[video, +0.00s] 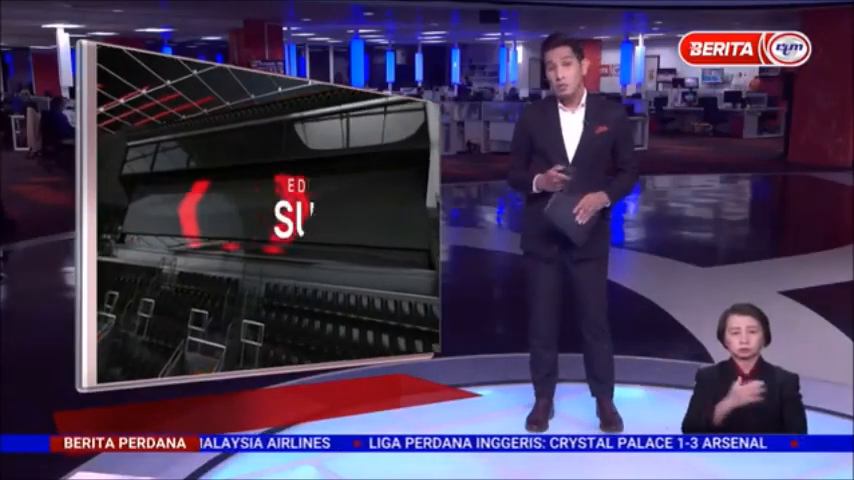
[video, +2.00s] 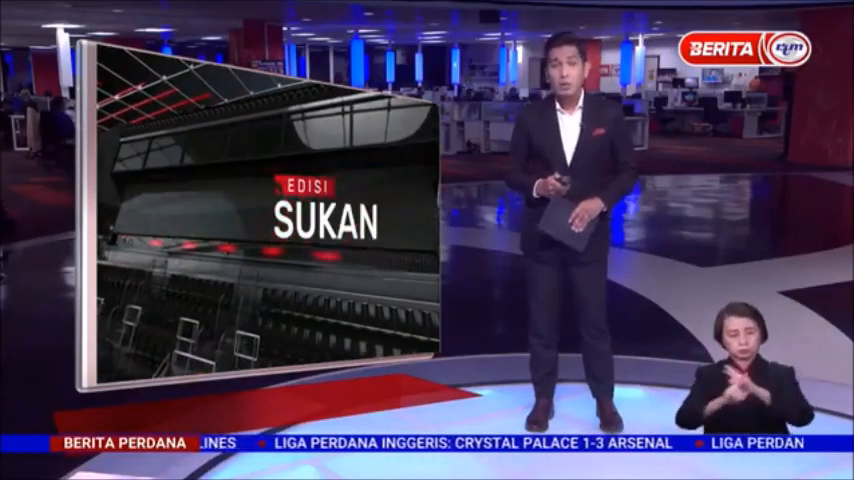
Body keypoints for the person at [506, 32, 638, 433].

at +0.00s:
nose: (558, 73)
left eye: (566, 64)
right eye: (551, 67)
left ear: (583, 66)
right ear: (545, 74)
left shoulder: (610, 111)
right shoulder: (532, 114)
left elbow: (628, 171)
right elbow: (515, 174)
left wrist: (604, 196)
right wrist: (538, 180)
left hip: (590, 231)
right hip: (542, 233)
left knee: (594, 319)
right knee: (542, 319)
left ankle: (605, 400)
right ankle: (542, 398)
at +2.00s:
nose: (563, 71)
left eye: (570, 63)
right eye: (555, 64)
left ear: (585, 68)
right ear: (546, 72)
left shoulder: (608, 112)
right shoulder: (530, 115)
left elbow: (627, 171)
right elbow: (513, 172)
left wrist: (600, 201)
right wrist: (536, 186)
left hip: (590, 231)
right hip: (542, 231)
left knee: (593, 321)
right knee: (543, 321)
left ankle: (605, 400)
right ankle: (542, 400)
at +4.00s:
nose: (557, 77)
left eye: (565, 69)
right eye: (551, 68)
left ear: (582, 74)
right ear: (543, 74)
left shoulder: (605, 112)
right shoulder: (528, 116)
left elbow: (623, 170)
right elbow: (512, 172)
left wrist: (601, 199)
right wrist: (532, 186)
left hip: (588, 232)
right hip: (541, 233)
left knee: (593, 321)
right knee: (543, 323)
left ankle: (605, 401)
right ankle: (542, 401)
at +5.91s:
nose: (562, 69)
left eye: (571, 61)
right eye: (555, 61)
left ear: (585, 68)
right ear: (546, 69)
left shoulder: (608, 113)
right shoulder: (530, 115)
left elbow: (625, 171)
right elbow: (513, 170)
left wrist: (599, 201)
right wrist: (536, 188)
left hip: (591, 230)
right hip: (543, 230)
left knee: (595, 320)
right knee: (543, 320)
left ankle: (605, 400)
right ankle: (542, 399)